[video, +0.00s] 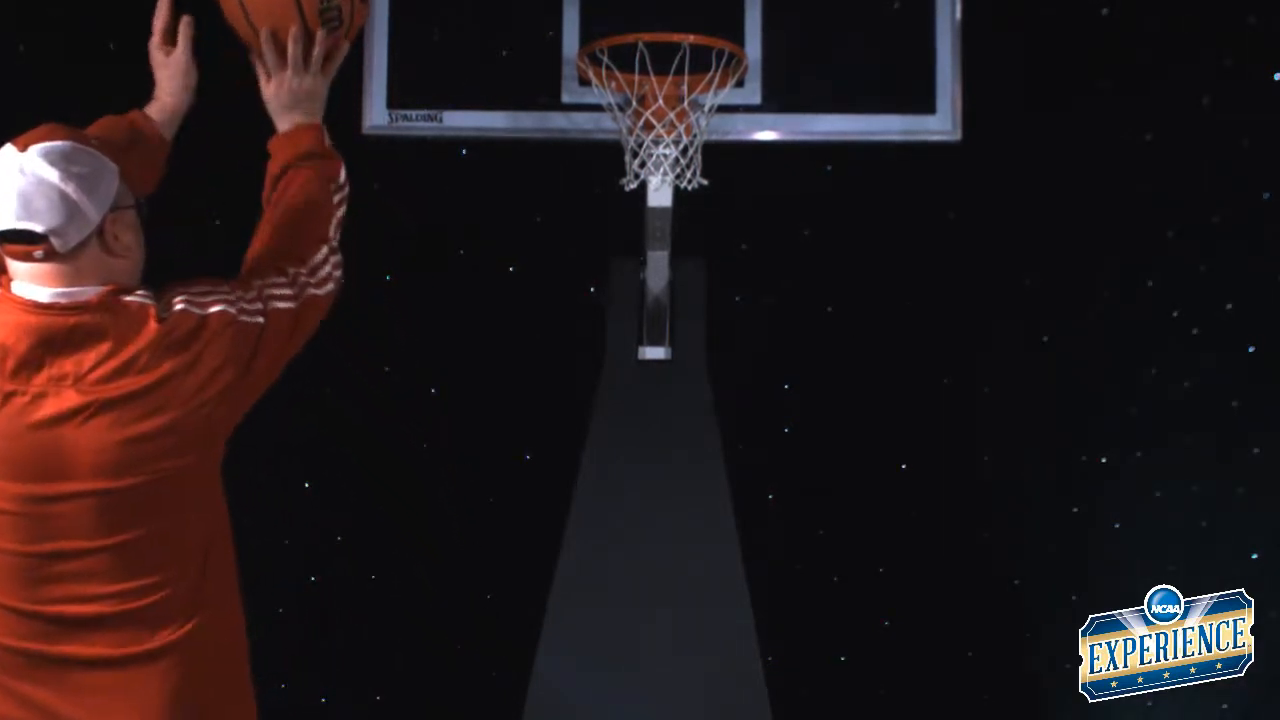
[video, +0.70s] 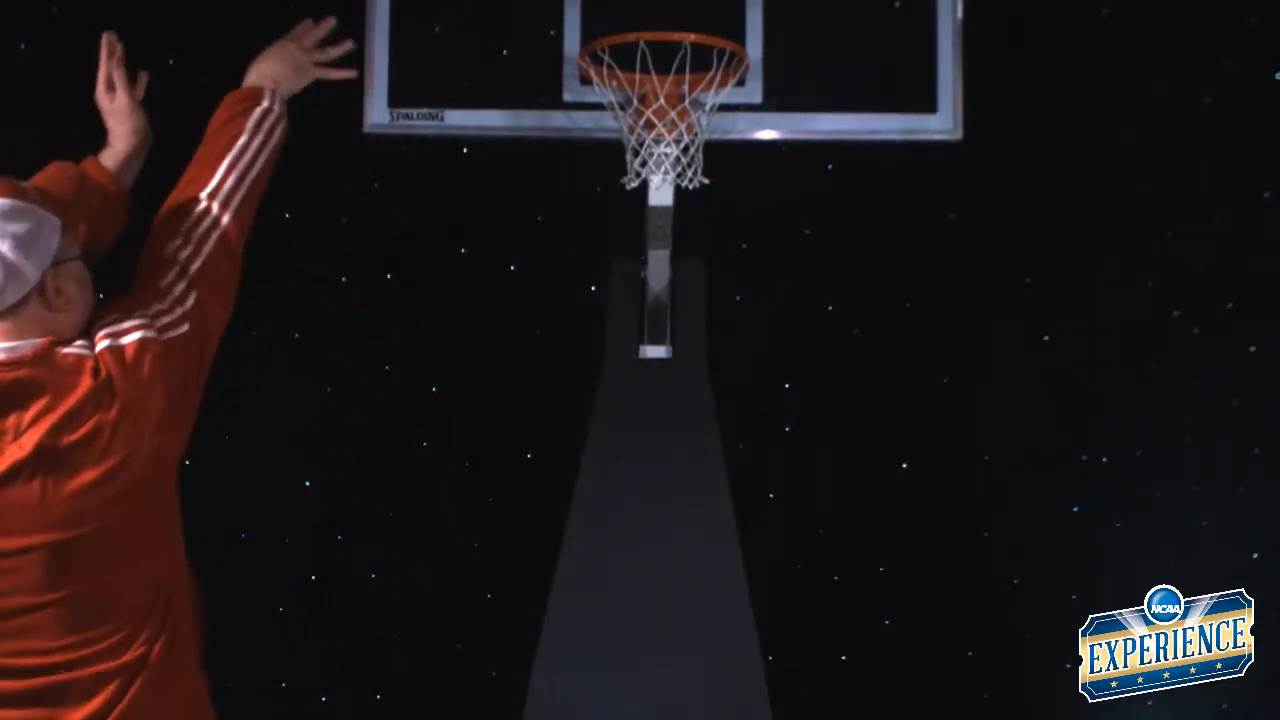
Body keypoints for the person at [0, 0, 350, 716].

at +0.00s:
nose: (139, 220)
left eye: (132, 207)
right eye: (131, 207)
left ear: (22, 236)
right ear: (108, 232)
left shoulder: (2, 327)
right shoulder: (170, 355)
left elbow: (39, 193)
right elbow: (300, 271)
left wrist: (158, 117)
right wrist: (301, 129)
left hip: (19, 697)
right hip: (166, 699)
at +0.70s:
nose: (88, 266)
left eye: (75, 253)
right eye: (75, 256)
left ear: (14, 292)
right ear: (53, 287)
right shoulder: (105, 395)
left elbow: (19, 240)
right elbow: (201, 232)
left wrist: (116, 157)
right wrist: (263, 91)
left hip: (16, 701)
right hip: (128, 703)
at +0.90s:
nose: (60, 281)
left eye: (45, 272)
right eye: (46, 279)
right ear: (31, 319)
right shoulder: (96, 419)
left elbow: (10, 259)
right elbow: (188, 258)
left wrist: (93, 179)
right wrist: (234, 94)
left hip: (17, 700)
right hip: (127, 701)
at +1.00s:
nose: (56, 295)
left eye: (43, 285)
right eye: (44, 288)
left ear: (9, 332)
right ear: (20, 330)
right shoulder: (89, 430)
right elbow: (185, 274)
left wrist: (79, 191)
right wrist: (219, 102)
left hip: (17, 702)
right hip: (125, 702)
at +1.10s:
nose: (50, 316)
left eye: (39, 303)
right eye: (39, 306)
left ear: (4, 343)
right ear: (11, 343)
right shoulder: (80, 444)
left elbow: (16, 300)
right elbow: (185, 301)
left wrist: (67, 203)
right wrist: (206, 113)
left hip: (17, 701)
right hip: (114, 701)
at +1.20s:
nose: (40, 325)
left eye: (28, 315)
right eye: (27, 319)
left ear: (5, 363)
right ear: (4, 362)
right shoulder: (62, 464)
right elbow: (184, 311)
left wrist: (50, 219)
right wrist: (196, 125)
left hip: (24, 700)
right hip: (106, 703)